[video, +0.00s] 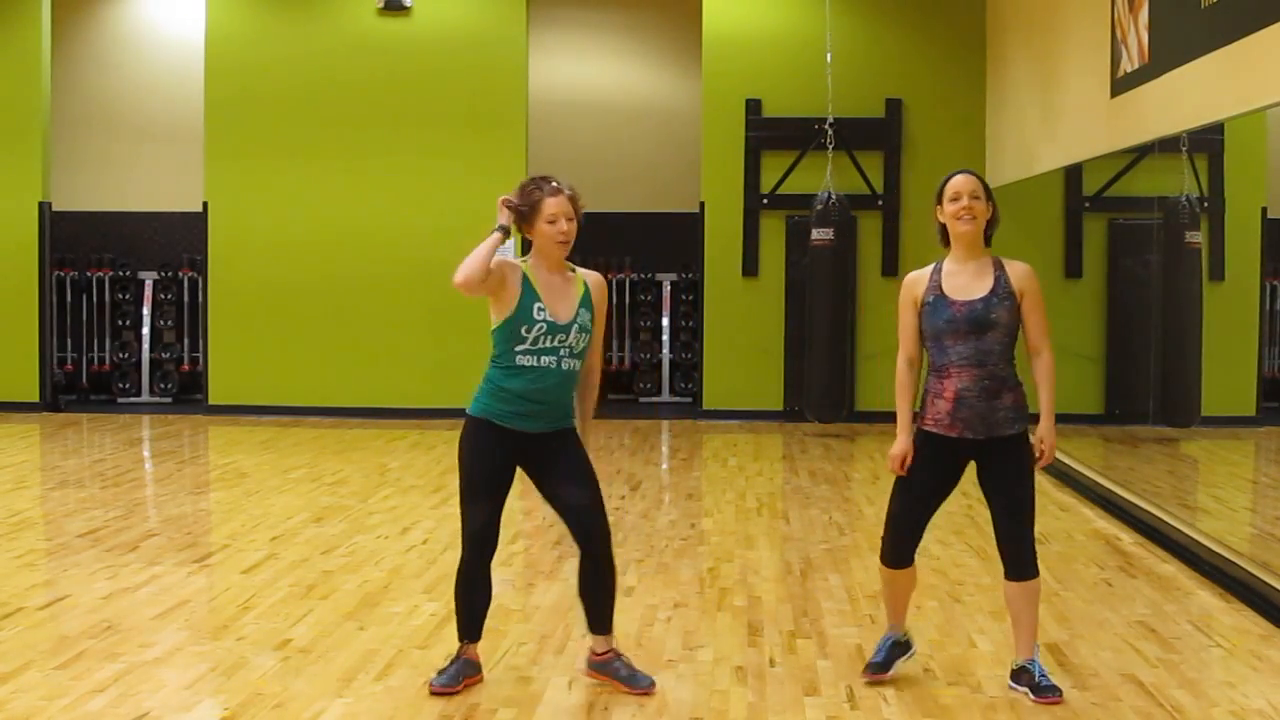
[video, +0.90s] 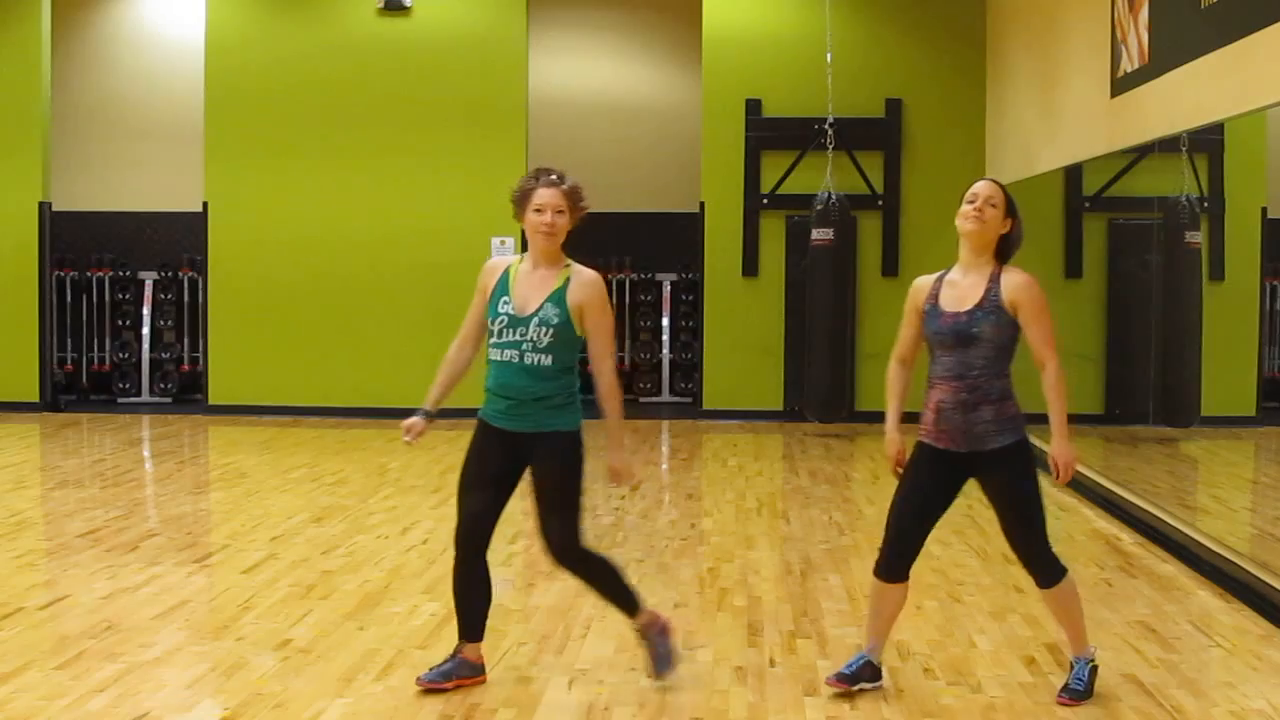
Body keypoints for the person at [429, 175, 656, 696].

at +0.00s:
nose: (565, 229)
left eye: (570, 219)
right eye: (553, 221)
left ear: (578, 223)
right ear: (528, 228)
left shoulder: (592, 286)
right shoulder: (507, 273)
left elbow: (591, 368)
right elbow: (465, 282)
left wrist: (581, 430)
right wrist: (499, 232)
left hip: (553, 434)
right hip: (491, 429)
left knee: (595, 534)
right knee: (478, 541)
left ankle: (602, 650)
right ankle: (468, 655)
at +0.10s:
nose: (573, 228)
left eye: (579, 219)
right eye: (561, 220)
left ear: (586, 224)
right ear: (537, 226)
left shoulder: (600, 285)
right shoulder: (513, 272)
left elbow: (597, 364)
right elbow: (458, 315)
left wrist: (585, 428)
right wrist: (491, 252)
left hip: (560, 433)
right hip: (500, 428)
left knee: (607, 537)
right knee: (486, 545)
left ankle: (631, 650)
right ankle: (464, 653)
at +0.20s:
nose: (581, 224)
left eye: (588, 214)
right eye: (570, 216)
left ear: (597, 218)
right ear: (546, 222)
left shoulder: (615, 278)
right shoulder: (524, 275)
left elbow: (625, 356)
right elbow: (472, 340)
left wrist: (629, 429)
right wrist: (466, 313)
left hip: (584, 432)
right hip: (524, 430)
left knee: (624, 535)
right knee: (498, 543)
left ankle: (638, 652)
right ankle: (456, 649)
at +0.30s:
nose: (589, 222)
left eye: (595, 212)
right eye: (577, 214)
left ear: (606, 215)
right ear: (556, 221)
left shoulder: (630, 273)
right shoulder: (536, 278)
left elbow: (660, 348)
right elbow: (500, 345)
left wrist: (684, 419)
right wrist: (467, 392)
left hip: (613, 430)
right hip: (551, 432)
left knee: (645, 536)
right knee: (523, 545)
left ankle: (642, 651)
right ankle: (470, 647)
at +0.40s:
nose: (594, 225)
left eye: (601, 215)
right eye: (582, 217)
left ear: (613, 218)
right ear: (563, 223)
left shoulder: (640, 276)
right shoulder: (542, 284)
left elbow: (684, 340)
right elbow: (521, 361)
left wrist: (722, 401)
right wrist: (499, 434)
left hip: (628, 429)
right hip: (565, 433)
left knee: (655, 534)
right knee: (556, 548)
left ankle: (644, 652)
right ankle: (512, 646)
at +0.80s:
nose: (560, 219)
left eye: (571, 212)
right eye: (551, 210)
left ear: (583, 220)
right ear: (534, 215)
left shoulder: (597, 280)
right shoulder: (511, 273)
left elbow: (634, 356)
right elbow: (494, 348)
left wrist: (665, 428)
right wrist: (463, 412)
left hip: (582, 431)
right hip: (521, 431)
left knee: (619, 537)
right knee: (491, 538)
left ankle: (689, 635)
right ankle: (474, 655)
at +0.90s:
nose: (549, 220)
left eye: (559, 212)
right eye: (539, 211)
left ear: (572, 221)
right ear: (522, 217)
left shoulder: (585, 284)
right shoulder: (496, 273)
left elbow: (605, 370)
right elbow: (465, 345)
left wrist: (618, 448)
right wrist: (427, 409)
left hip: (555, 433)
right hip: (497, 427)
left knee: (564, 547)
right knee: (469, 538)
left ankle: (648, 622)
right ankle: (470, 655)